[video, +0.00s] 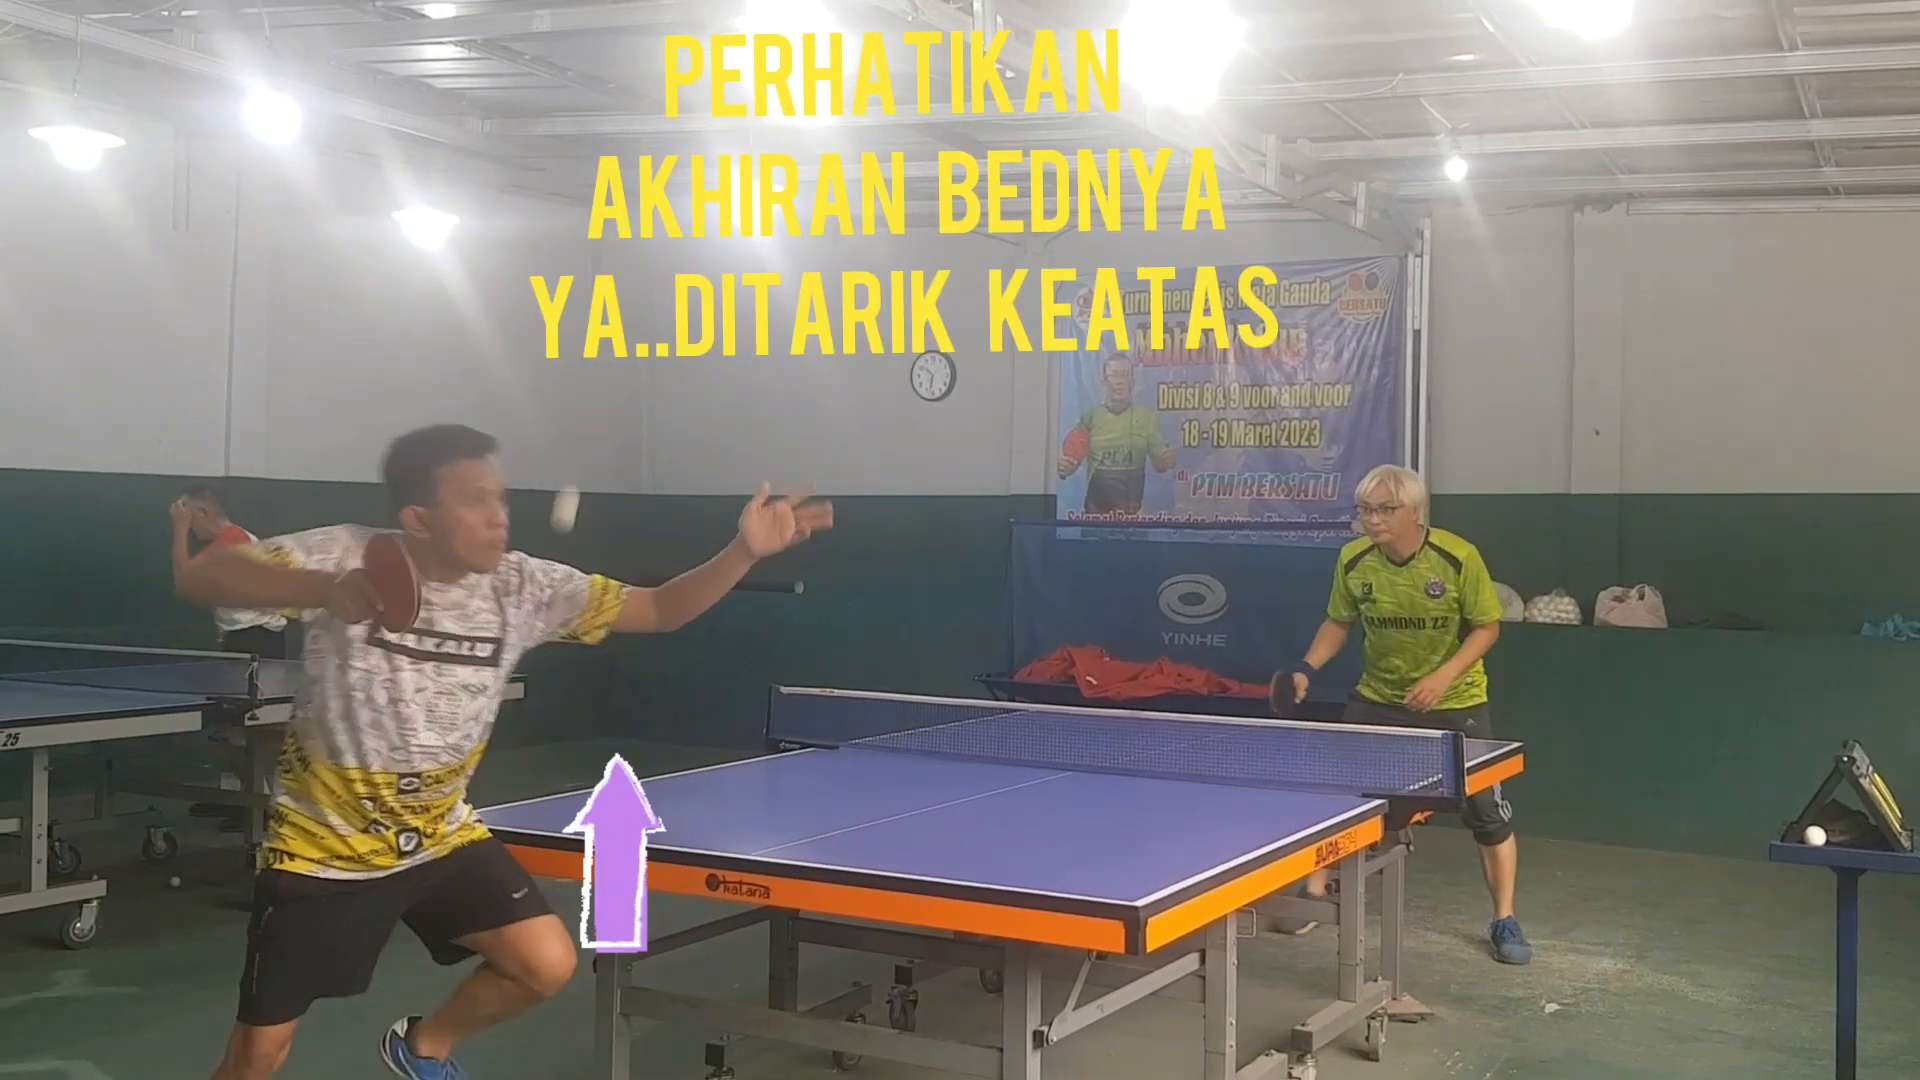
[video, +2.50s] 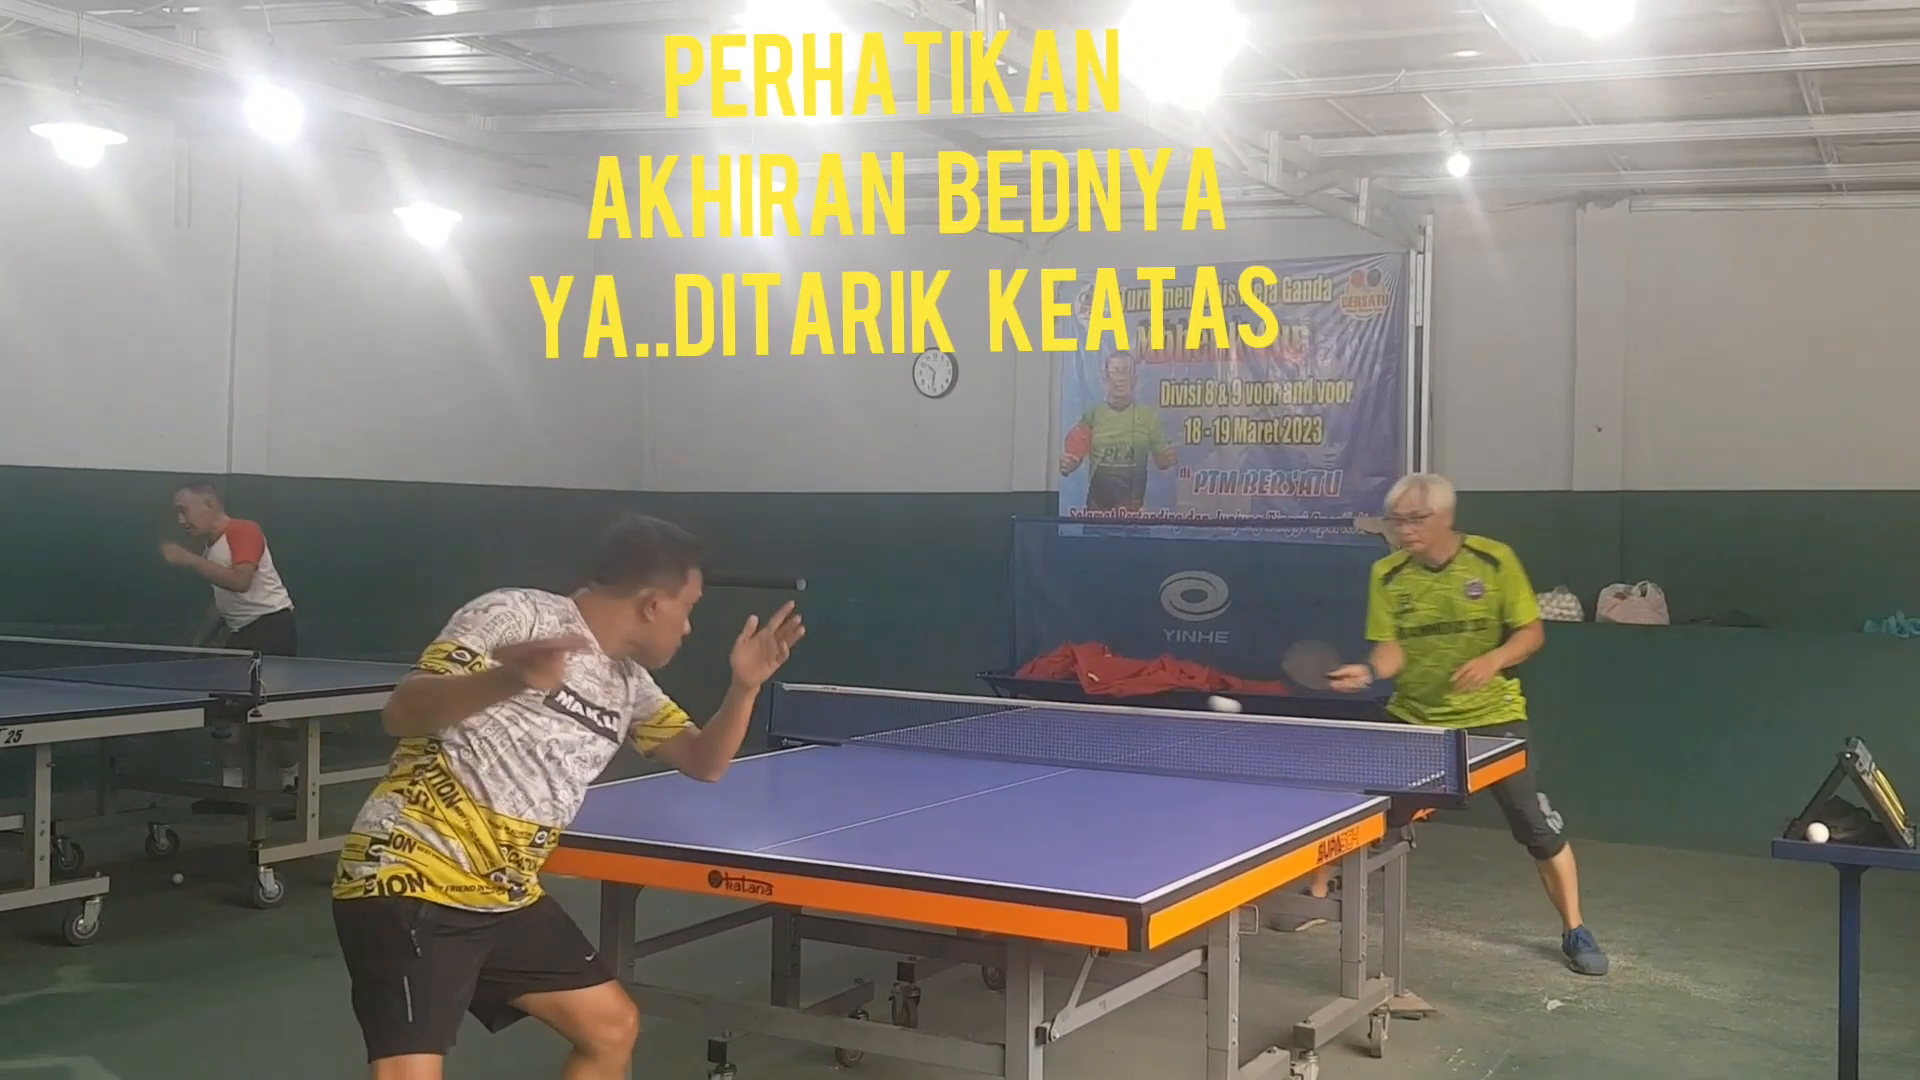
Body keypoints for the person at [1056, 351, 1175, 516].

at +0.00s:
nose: (1118, 382)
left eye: (1123, 375)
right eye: (1112, 375)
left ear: (1132, 380)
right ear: (1103, 381)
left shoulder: (1145, 417)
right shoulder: (1091, 418)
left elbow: (1158, 462)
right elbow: (1074, 450)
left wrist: (1166, 460)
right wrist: (1066, 466)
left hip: (1131, 505)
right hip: (1097, 506)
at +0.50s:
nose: (1117, 382)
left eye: (1123, 375)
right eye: (1111, 375)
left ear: (1132, 380)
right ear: (1102, 380)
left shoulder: (1145, 418)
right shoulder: (1091, 417)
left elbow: (1158, 462)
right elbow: (1074, 450)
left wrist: (1165, 460)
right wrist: (1064, 466)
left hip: (1131, 506)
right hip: (1096, 506)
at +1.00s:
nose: (1118, 381)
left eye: (1124, 374)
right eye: (1112, 374)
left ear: (1133, 380)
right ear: (1104, 380)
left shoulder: (1146, 417)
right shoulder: (1092, 417)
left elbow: (1159, 461)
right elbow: (1076, 450)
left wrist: (1167, 459)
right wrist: (1066, 466)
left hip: (1132, 505)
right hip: (1097, 506)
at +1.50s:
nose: (1119, 380)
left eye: (1125, 373)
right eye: (1112, 374)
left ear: (1134, 379)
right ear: (1104, 379)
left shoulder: (1146, 416)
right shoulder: (1093, 416)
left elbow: (1160, 460)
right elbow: (1076, 448)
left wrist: (1167, 458)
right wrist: (1066, 465)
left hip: (1133, 504)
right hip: (1098, 505)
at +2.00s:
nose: (1119, 379)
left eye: (1125, 372)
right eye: (1113, 372)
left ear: (1134, 379)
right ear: (1105, 379)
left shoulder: (1147, 416)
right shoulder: (1093, 415)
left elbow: (1160, 461)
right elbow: (1077, 449)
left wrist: (1168, 458)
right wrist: (1067, 464)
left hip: (1132, 503)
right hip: (1098, 505)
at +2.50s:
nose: (1120, 378)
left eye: (1126, 372)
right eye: (1114, 372)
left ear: (1134, 379)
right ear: (1105, 378)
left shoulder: (1147, 416)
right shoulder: (1093, 416)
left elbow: (1161, 461)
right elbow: (1077, 449)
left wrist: (1168, 458)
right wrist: (1067, 464)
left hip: (1133, 504)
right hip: (1098, 505)